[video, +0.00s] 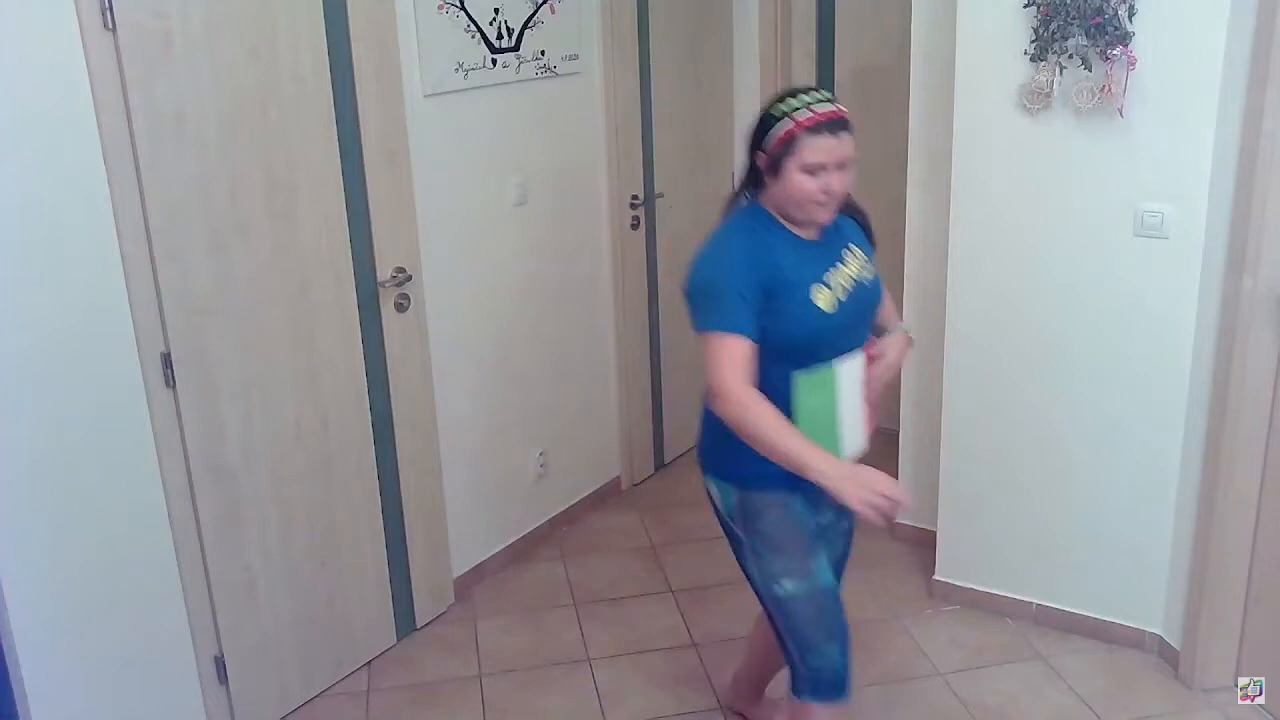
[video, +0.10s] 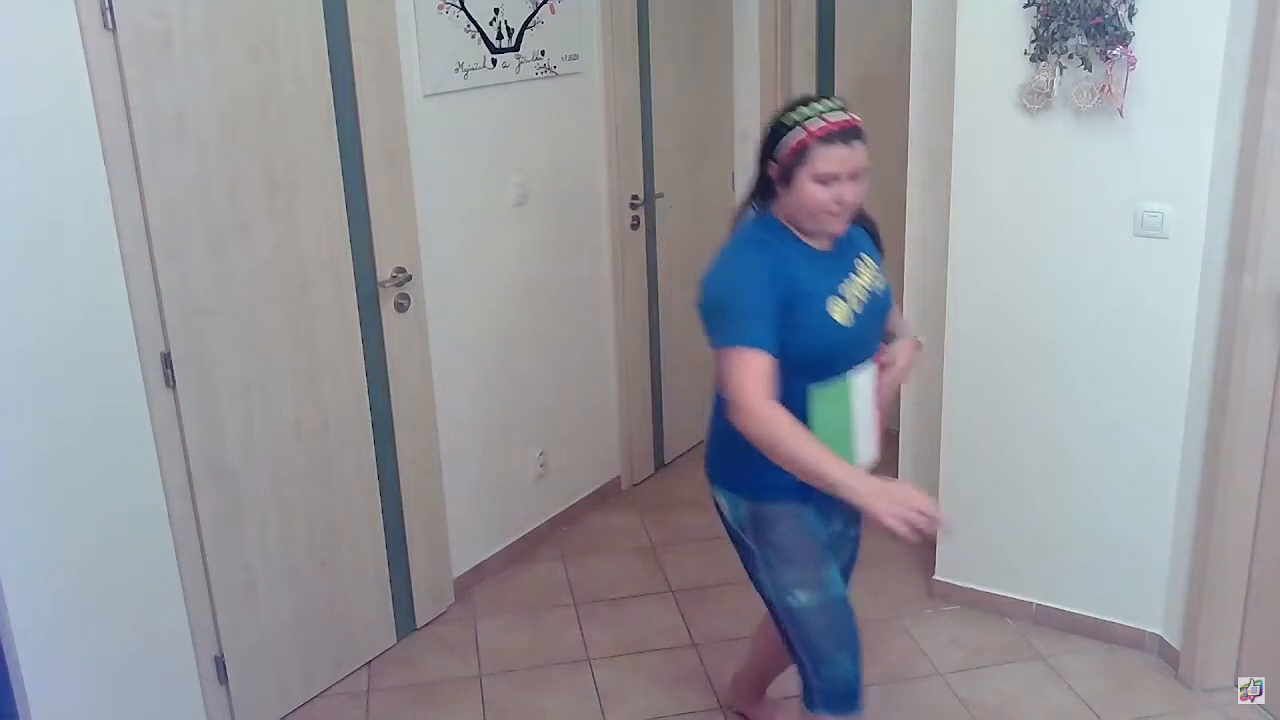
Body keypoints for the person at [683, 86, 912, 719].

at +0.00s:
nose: (834, 186)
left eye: (844, 168)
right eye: (815, 171)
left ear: (854, 163)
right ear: (768, 170)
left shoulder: (846, 228)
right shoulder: (733, 255)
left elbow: (877, 307)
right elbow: (728, 393)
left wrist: (895, 341)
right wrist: (836, 473)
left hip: (839, 464)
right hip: (759, 477)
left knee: (801, 604)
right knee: (825, 662)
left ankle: (740, 694)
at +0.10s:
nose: (845, 195)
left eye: (856, 178)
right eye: (827, 180)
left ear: (868, 173)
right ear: (779, 179)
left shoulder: (856, 236)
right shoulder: (746, 268)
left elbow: (882, 312)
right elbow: (750, 409)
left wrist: (903, 343)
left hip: (844, 474)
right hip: (766, 487)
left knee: (808, 606)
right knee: (834, 663)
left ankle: (741, 692)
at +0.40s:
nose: (1032, 315)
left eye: (1038, 293)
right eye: (1008, 300)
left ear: (1047, 277)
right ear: (950, 295)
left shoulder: (921, 295)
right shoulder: (924, 384)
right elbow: (1005, 590)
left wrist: (976, 433)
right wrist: (1127, 710)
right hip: (797, 529)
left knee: (798, 598)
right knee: (889, 705)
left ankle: (741, 675)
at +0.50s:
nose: (1093, 373)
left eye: (1100, 349)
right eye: (1067, 360)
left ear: (1110, 331)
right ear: (1011, 351)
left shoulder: (975, 297)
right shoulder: (978, 439)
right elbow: (1065, 653)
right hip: (804, 530)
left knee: (782, 574)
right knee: (893, 709)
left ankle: (727, 626)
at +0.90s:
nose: (1144, 442)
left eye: (1152, 418)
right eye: (1119, 431)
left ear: (1159, 392)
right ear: (1051, 422)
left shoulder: (1027, 330)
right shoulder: (1017, 521)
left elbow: (968, 330)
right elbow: (1092, 706)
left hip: (827, 427)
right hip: (807, 530)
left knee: (780, 550)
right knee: (891, 707)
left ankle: (706, 595)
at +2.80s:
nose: (557, 129)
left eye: (574, 115)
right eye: (541, 116)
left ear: (598, 130)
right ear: (521, 133)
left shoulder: (643, 201)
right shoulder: (490, 219)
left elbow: (699, 293)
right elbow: (443, 315)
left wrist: (767, 361)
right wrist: (388, 395)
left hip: (636, 412)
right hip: (546, 421)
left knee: (628, 544)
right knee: (571, 567)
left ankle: (611, 613)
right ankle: (585, 708)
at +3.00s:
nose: (574, 138)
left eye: (588, 123)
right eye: (557, 124)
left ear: (609, 133)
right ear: (536, 135)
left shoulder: (649, 201)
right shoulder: (513, 208)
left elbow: (711, 293)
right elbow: (471, 312)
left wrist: (716, 283)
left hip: (632, 409)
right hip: (546, 413)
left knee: (612, 538)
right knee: (568, 561)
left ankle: (601, 618)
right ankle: (580, 702)